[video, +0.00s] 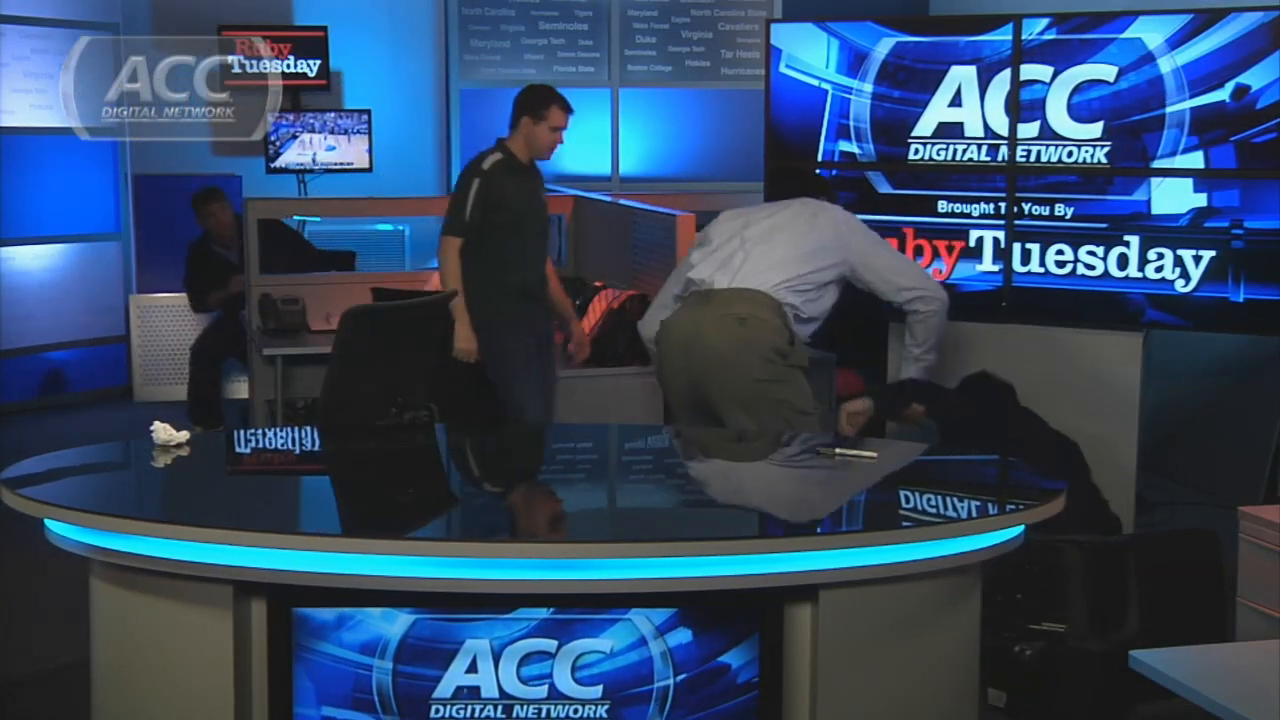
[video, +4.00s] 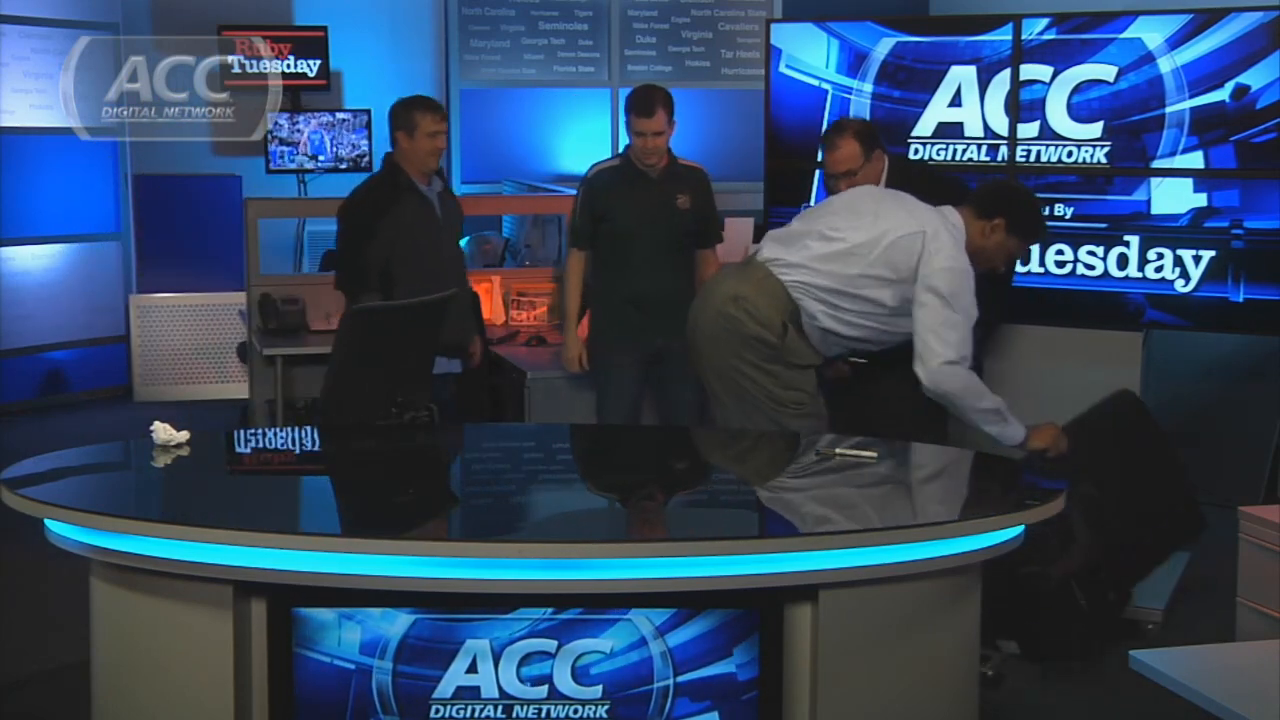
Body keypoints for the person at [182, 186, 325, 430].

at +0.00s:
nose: (217, 220)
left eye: (220, 212)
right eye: (209, 216)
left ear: (230, 208)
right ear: (201, 221)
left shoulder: (266, 229)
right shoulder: (200, 250)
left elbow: (311, 260)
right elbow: (199, 303)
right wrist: (231, 291)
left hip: (281, 314)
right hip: (235, 319)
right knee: (203, 352)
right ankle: (207, 425)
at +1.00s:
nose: (189, 142)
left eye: (194, 134)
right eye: (181, 133)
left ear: (201, 137)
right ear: (166, 134)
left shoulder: (215, 185)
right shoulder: (133, 169)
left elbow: (239, 243)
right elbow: (106, 207)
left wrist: (256, 286)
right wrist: (91, 249)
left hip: (186, 298)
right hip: (132, 292)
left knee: (188, 379)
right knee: (118, 370)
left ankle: (187, 454)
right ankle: (120, 448)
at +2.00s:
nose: (186, 130)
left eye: (189, 122)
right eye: (176, 122)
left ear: (198, 130)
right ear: (158, 129)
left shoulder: (219, 186)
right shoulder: (124, 179)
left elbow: (237, 243)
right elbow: (94, 233)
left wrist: (239, 288)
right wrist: (87, 286)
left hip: (190, 322)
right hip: (130, 317)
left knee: (188, 414)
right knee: (121, 410)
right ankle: (120, 487)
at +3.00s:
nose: (281, 135)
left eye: (281, 126)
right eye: (271, 128)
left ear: (281, 130)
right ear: (245, 135)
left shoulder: (296, 188)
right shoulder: (212, 191)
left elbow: (311, 253)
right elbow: (207, 265)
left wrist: (325, 304)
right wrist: (251, 298)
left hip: (290, 340)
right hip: (234, 340)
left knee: (289, 439)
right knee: (244, 439)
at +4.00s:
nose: (442, 145)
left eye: (444, 135)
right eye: (432, 136)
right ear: (402, 140)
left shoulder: (445, 199)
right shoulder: (365, 203)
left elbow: (454, 272)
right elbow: (354, 282)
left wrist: (472, 330)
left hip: (444, 348)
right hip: (392, 350)